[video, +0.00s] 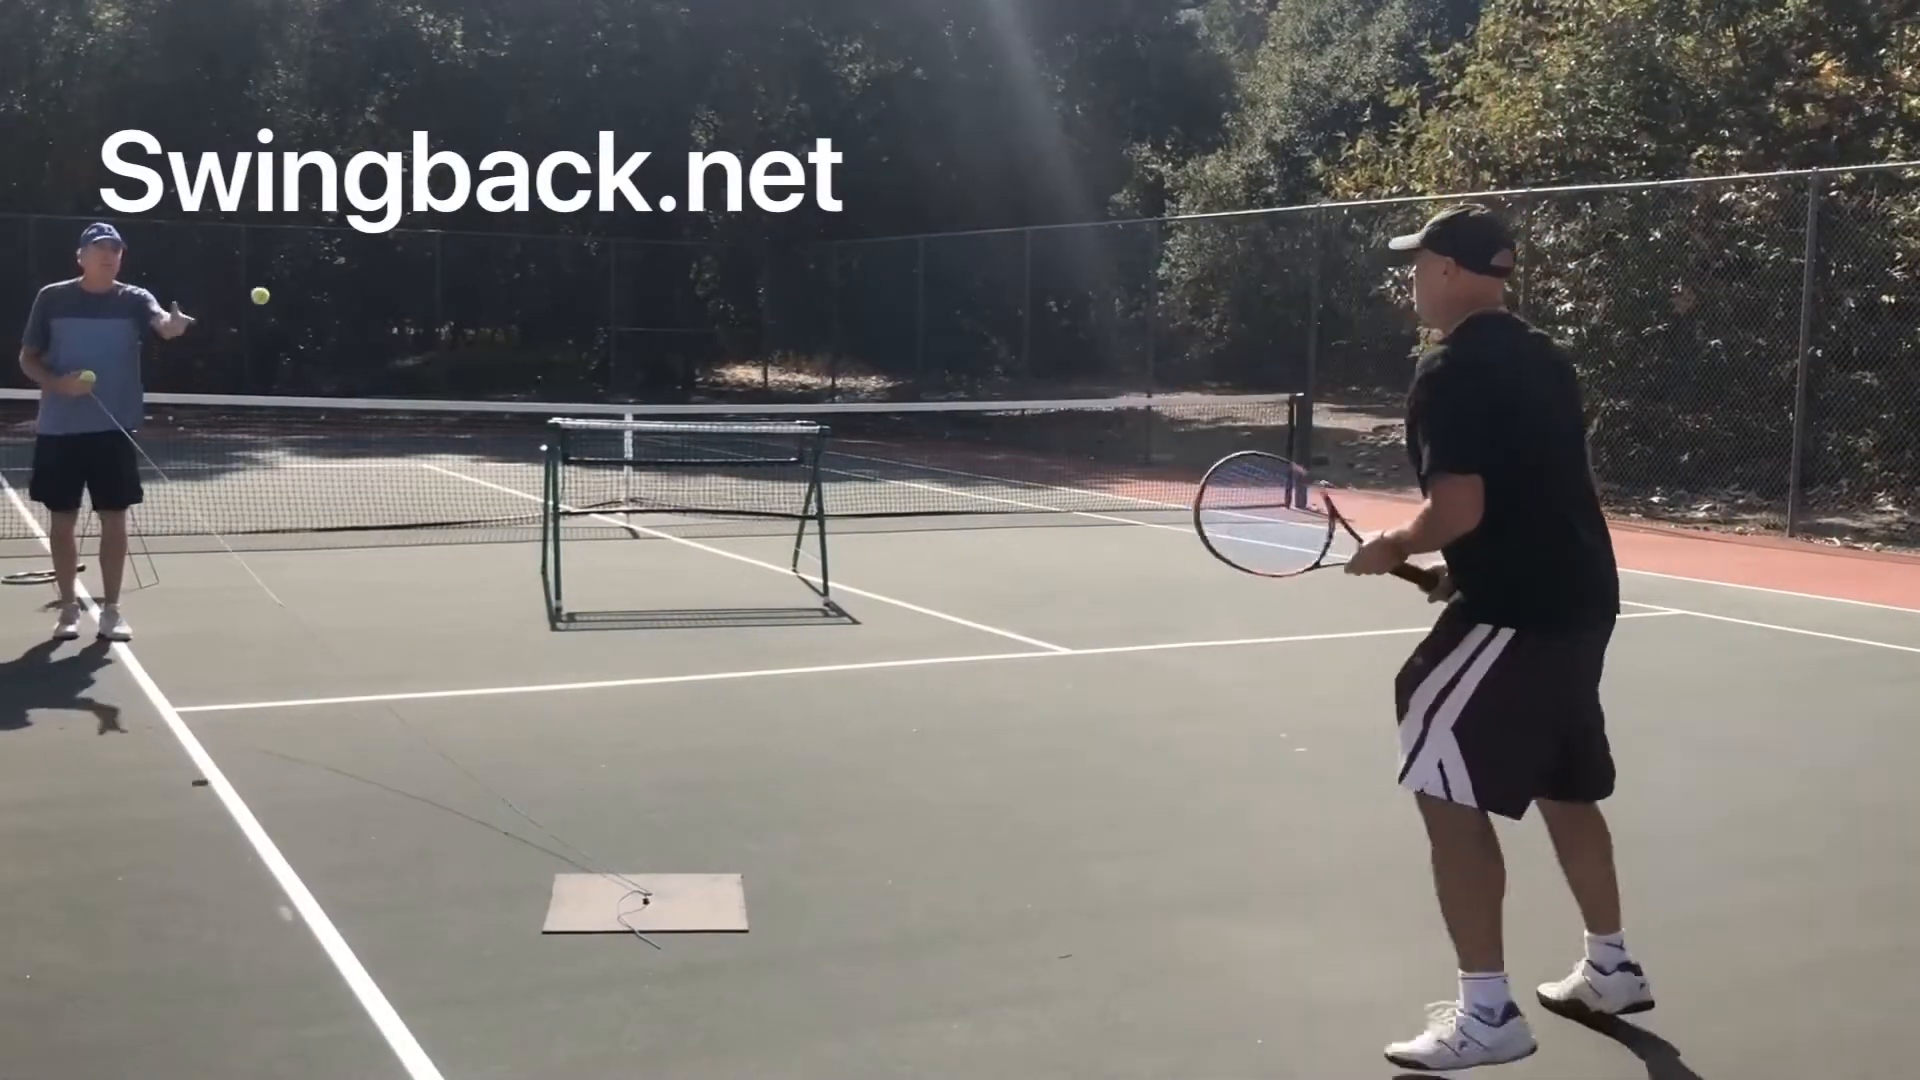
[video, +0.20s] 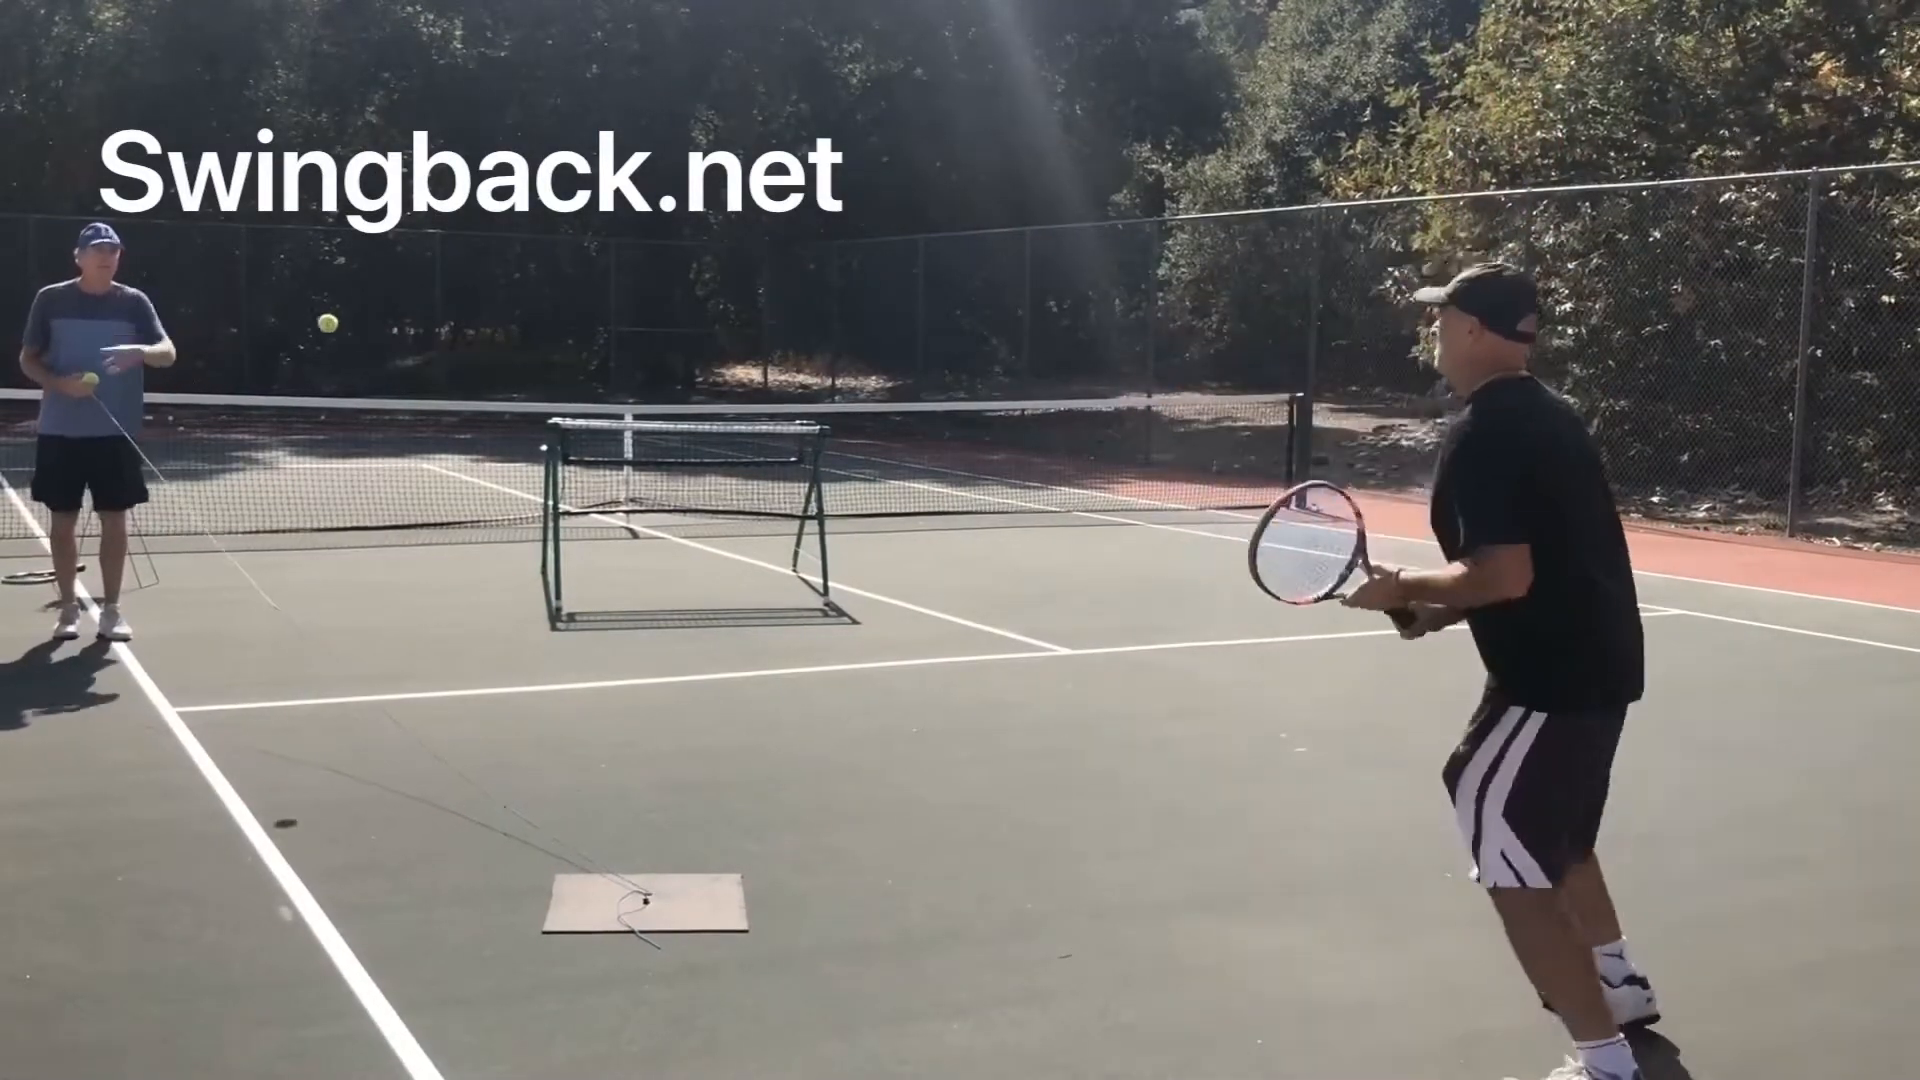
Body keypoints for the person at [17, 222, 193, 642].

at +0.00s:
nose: (108, 255)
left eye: (114, 248)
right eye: (100, 247)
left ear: (121, 256)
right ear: (81, 255)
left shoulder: (136, 298)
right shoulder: (51, 298)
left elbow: (161, 324)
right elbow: (27, 359)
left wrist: (173, 324)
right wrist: (57, 383)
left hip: (114, 432)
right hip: (60, 433)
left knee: (114, 520)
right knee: (62, 521)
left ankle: (111, 610)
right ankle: (69, 606)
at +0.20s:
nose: (105, 258)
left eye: (111, 251)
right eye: (97, 250)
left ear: (119, 257)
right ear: (79, 256)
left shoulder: (134, 302)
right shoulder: (49, 300)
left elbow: (168, 352)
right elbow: (28, 359)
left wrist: (141, 354)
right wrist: (59, 384)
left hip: (115, 434)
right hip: (61, 436)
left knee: (114, 521)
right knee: (63, 523)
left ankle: (111, 610)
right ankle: (69, 608)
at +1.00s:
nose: (93, 267)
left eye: (99, 259)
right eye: (85, 259)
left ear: (106, 261)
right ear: (66, 258)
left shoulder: (122, 303)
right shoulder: (39, 303)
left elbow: (137, 360)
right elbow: (19, 365)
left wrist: (147, 409)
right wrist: (55, 394)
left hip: (112, 435)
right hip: (58, 436)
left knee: (112, 520)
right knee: (61, 521)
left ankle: (110, 610)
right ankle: (69, 607)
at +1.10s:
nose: (93, 267)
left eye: (98, 260)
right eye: (85, 259)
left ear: (105, 262)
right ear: (66, 259)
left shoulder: (120, 303)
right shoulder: (38, 304)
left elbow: (135, 361)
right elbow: (18, 365)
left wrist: (146, 413)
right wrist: (54, 394)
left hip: (111, 436)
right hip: (57, 437)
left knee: (112, 521)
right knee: (60, 522)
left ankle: (110, 610)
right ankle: (69, 606)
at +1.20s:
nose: (92, 267)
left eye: (98, 260)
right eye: (84, 259)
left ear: (105, 262)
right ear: (65, 259)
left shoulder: (119, 303)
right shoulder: (37, 304)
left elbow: (134, 362)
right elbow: (18, 365)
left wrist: (145, 416)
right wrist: (54, 394)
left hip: (111, 436)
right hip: (57, 437)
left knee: (112, 521)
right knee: (60, 522)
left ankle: (110, 610)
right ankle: (69, 606)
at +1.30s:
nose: (92, 268)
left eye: (98, 261)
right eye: (84, 260)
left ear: (105, 263)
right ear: (65, 259)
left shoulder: (118, 303)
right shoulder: (36, 304)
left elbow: (131, 361)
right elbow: (17, 365)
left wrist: (144, 416)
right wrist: (54, 393)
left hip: (111, 436)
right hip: (56, 437)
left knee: (111, 520)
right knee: (60, 522)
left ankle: (110, 610)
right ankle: (69, 606)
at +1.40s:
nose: (92, 268)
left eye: (98, 261)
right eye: (85, 260)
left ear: (105, 263)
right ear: (65, 259)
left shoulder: (118, 303)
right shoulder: (36, 304)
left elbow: (131, 362)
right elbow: (17, 365)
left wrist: (143, 416)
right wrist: (54, 393)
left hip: (110, 436)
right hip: (56, 437)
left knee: (111, 520)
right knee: (59, 521)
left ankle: (111, 609)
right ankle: (69, 606)